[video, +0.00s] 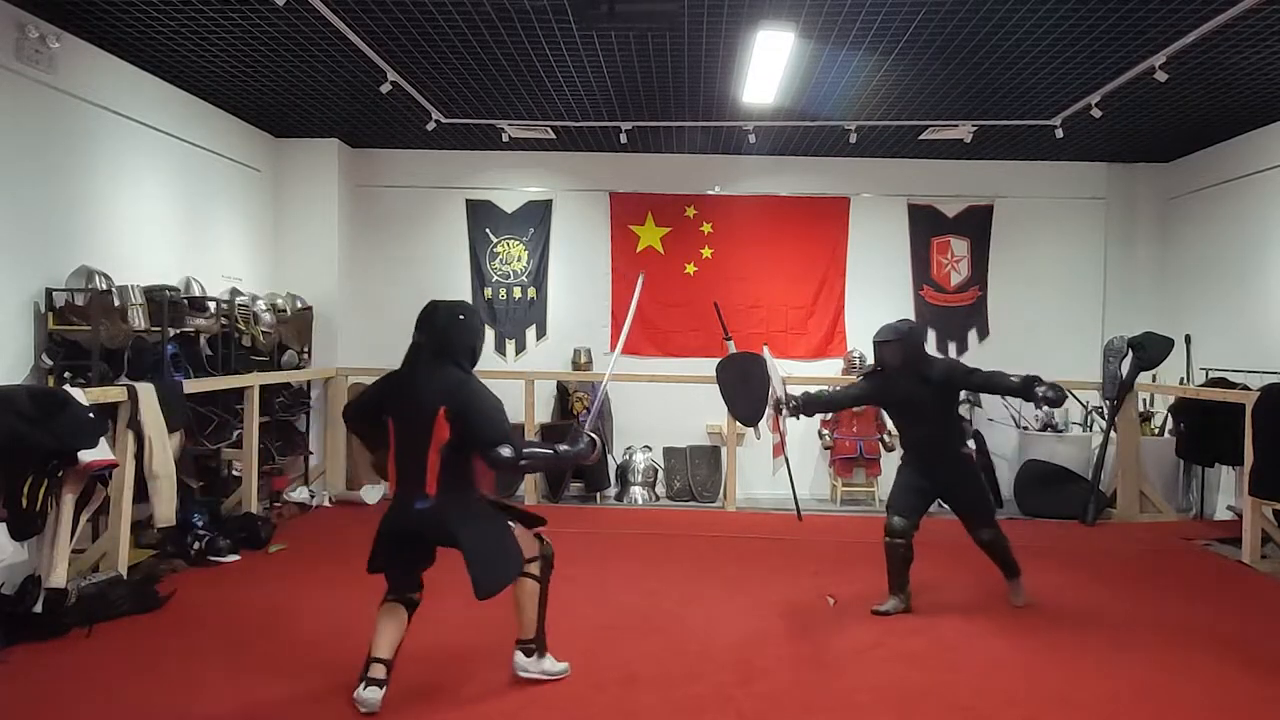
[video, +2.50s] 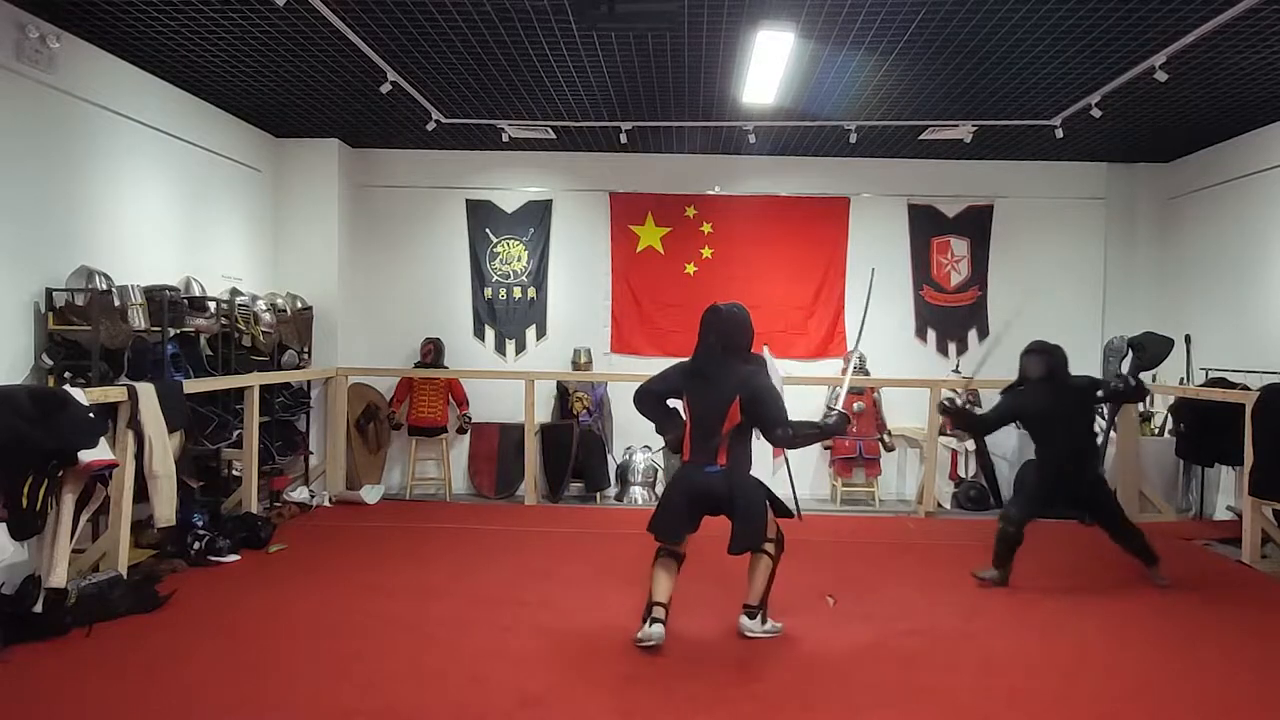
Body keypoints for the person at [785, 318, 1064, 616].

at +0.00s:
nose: (881, 354)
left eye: (887, 348)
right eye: (880, 348)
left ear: (908, 348)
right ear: (881, 351)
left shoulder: (942, 371)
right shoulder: (880, 382)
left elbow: (985, 380)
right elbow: (841, 397)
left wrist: (1028, 388)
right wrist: (798, 403)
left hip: (955, 463)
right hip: (915, 466)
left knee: (985, 534)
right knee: (896, 528)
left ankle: (1013, 577)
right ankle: (899, 596)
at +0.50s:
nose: (896, 375)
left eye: (903, 368)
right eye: (893, 369)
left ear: (921, 368)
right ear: (893, 372)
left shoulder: (954, 390)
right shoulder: (893, 402)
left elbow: (999, 388)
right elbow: (858, 421)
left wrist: (1042, 374)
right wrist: (818, 421)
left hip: (969, 478)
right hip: (929, 478)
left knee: (1000, 544)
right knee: (897, 529)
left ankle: (1028, 571)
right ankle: (897, 595)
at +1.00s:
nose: (942, 362)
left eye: (948, 355)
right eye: (940, 355)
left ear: (967, 354)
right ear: (938, 357)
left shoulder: (1002, 377)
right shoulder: (944, 393)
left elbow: (1048, 375)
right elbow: (924, 428)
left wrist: (1091, 364)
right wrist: (895, 450)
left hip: (1012, 462)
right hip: (973, 465)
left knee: (1033, 529)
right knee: (957, 523)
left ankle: (1032, 573)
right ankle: (963, 580)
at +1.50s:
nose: (1007, 357)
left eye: (1012, 350)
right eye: (1004, 351)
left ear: (1029, 350)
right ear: (1003, 353)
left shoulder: (1063, 374)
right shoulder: (1005, 387)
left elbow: (1101, 380)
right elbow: (991, 424)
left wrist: (1131, 378)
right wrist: (965, 418)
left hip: (1064, 461)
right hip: (1025, 460)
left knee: (1071, 526)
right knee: (1002, 516)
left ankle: (1083, 569)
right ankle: (985, 572)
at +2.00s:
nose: (1083, 377)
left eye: (1087, 369)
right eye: (1077, 370)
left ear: (1102, 366)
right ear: (1069, 369)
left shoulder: (1126, 389)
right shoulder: (1062, 398)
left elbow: (1169, 408)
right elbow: (1029, 423)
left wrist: (1172, 399)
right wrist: (992, 438)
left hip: (1120, 476)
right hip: (1081, 476)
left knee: (1137, 528)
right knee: (1055, 523)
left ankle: (1156, 568)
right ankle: (1020, 572)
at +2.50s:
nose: (1032, 368)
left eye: (1037, 362)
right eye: (1028, 362)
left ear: (1052, 365)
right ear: (1023, 368)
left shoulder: (1082, 388)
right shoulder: (1018, 398)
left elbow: (1136, 394)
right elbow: (983, 425)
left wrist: (1130, 389)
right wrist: (958, 415)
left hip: (1083, 474)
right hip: (1042, 474)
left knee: (1117, 524)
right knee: (1012, 518)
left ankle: (1153, 566)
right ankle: (1000, 571)